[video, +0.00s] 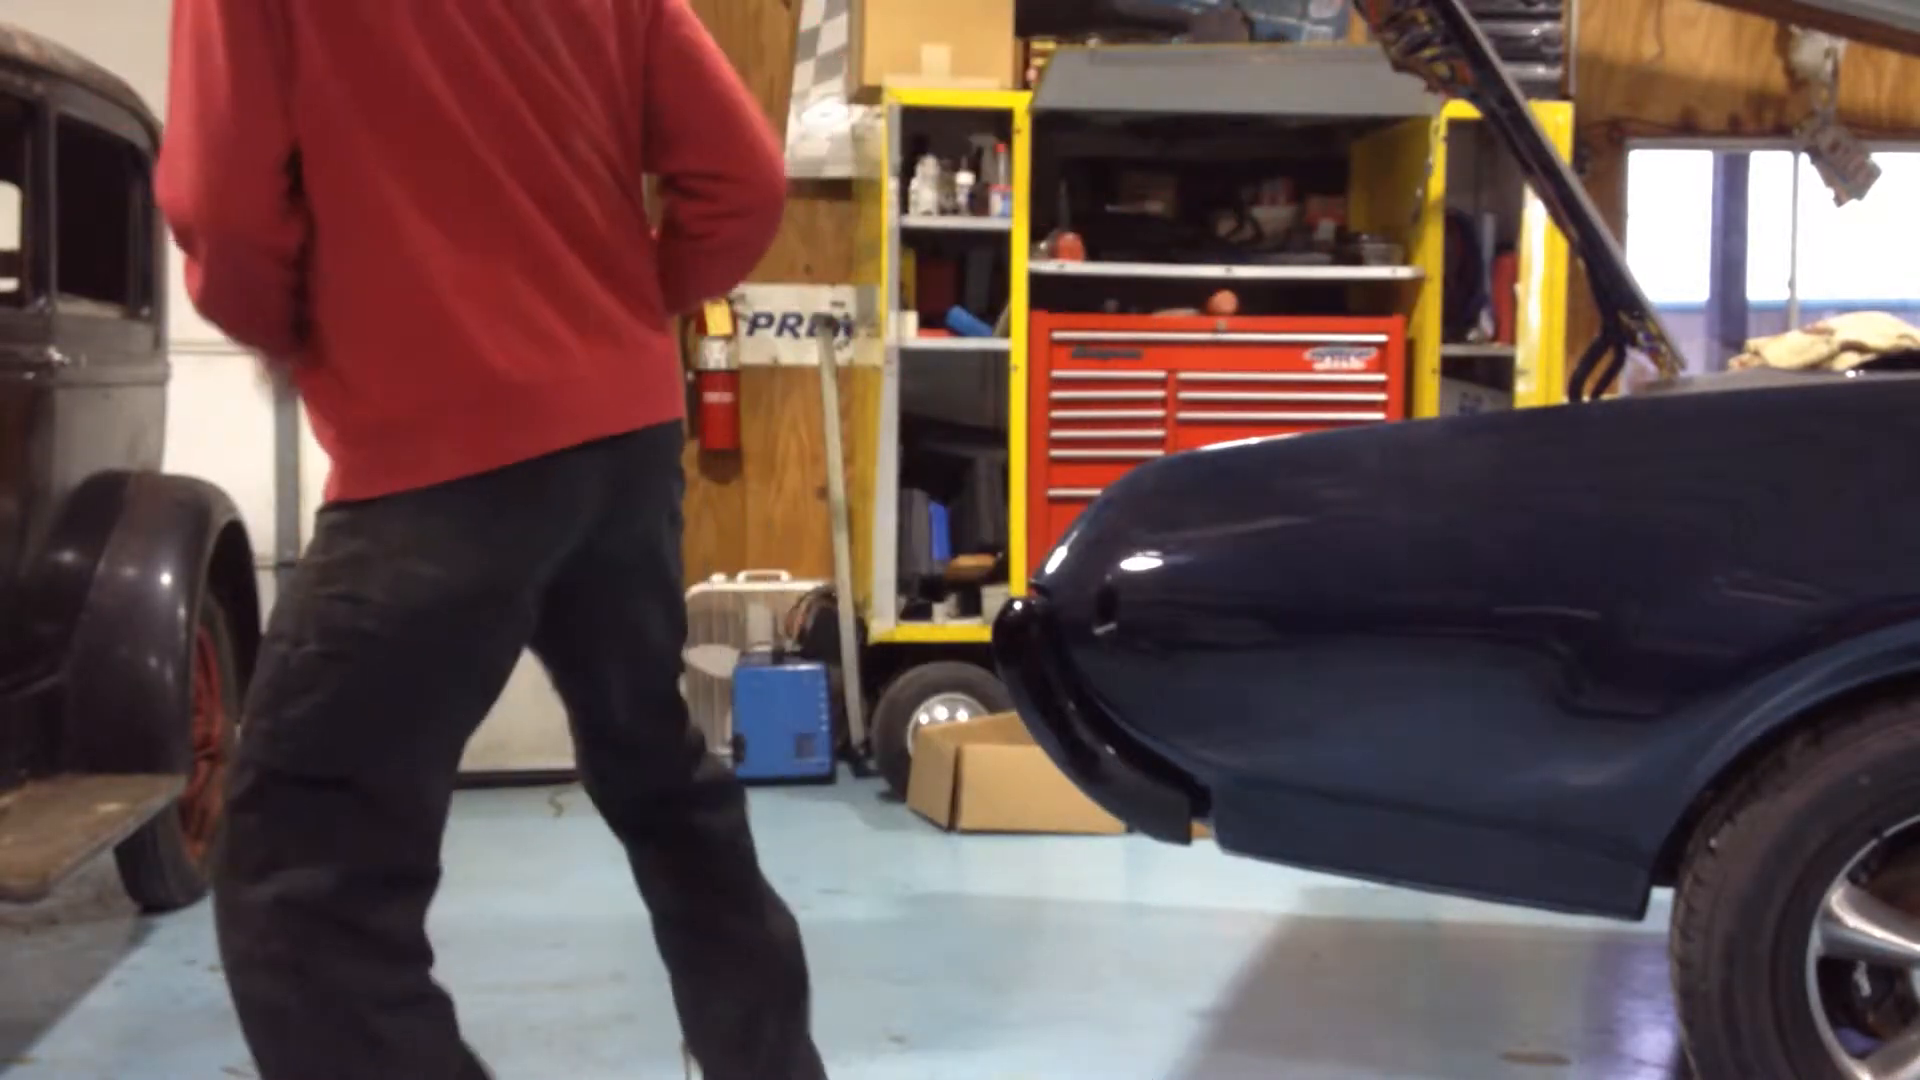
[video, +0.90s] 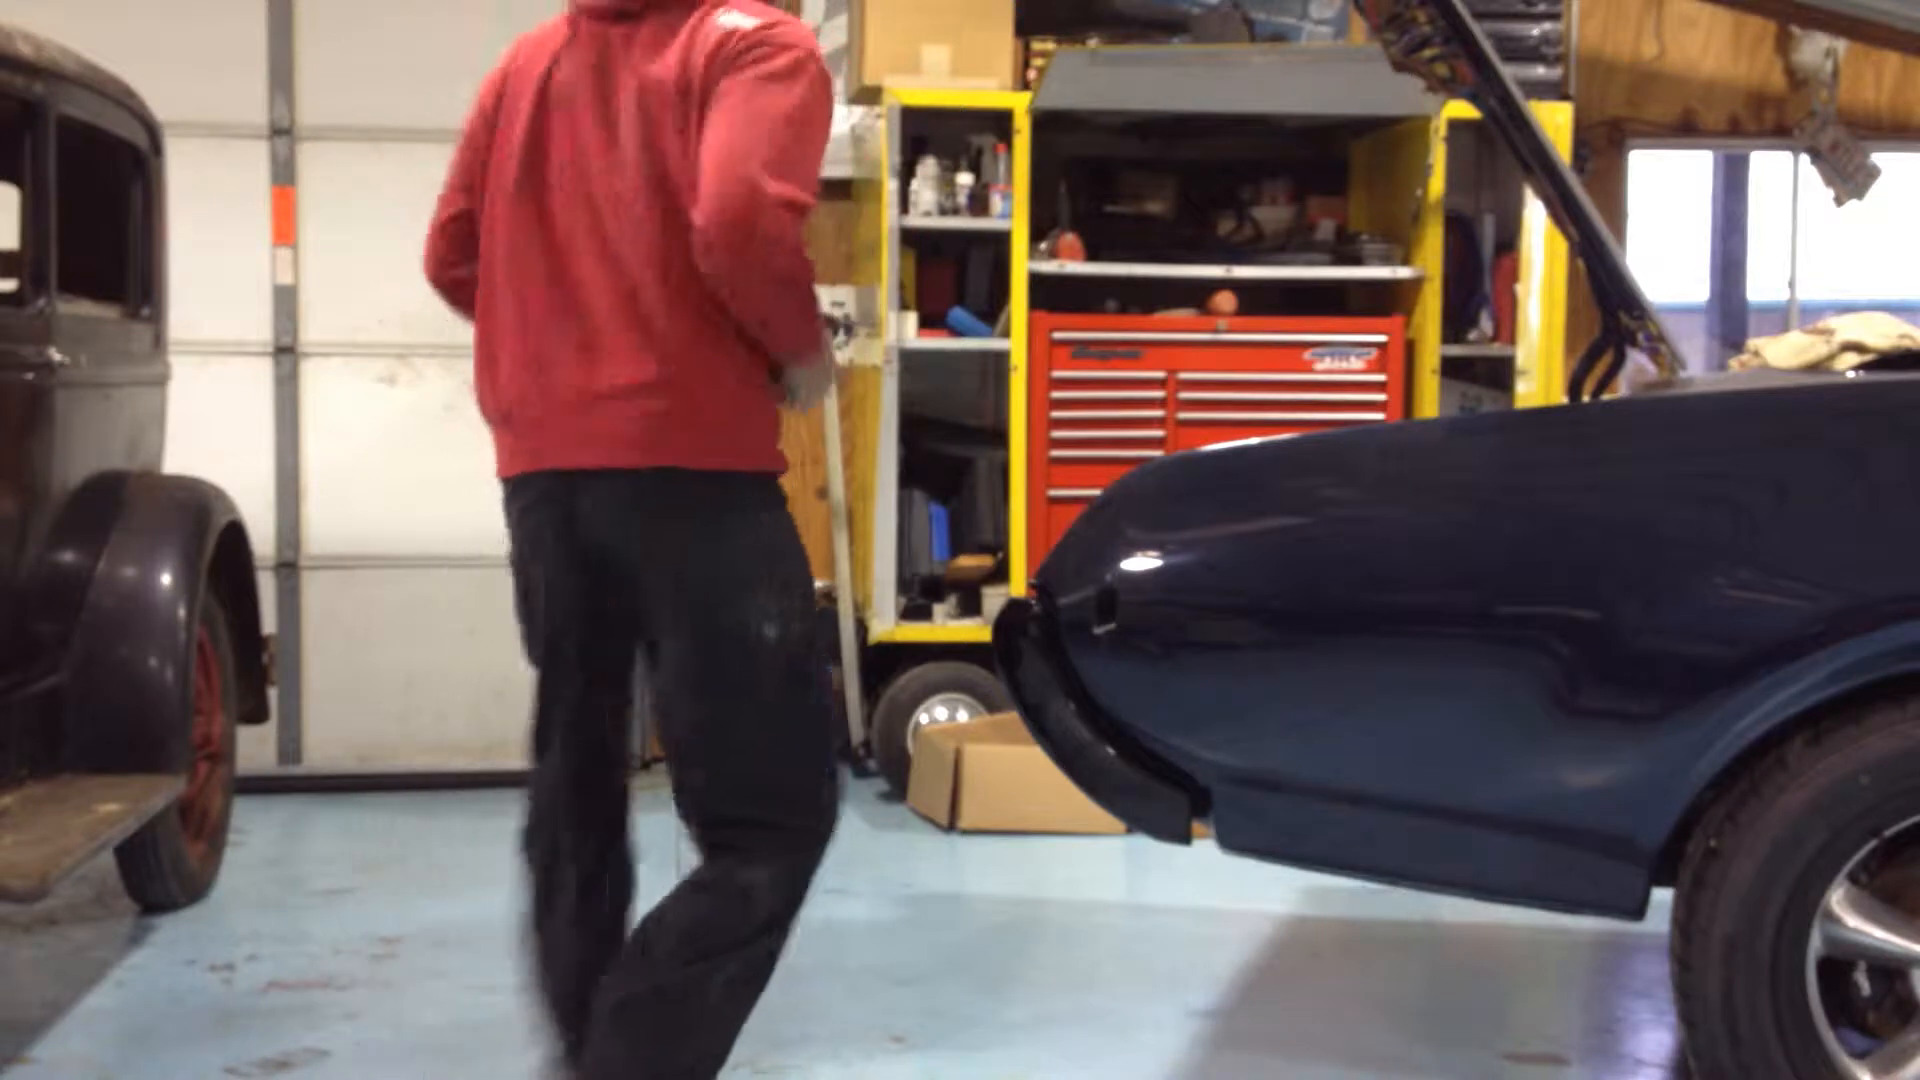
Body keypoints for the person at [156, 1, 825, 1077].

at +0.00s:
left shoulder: (251, 6)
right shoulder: (610, 1)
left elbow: (224, 213)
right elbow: (743, 179)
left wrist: (297, 332)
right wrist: (615, 298)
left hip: (438, 440)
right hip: (629, 418)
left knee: (305, 880)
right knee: (667, 786)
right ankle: (771, 1063)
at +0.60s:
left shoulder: (439, 25)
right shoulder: (756, 20)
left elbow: (347, 233)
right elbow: (896, 187)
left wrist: (478, 304)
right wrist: (771, 281)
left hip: (511, 476)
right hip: (707, 478)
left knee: (410, 798)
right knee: (730, 829)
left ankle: (378, 1063)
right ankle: (632, 1071)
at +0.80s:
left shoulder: (499, 54)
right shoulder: (768, 44)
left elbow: (453, 276)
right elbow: (775, 254)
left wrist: (544, 386)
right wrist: (822, 395)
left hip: (544, 470)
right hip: (714, 469)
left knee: (526, 764)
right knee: (746, 827)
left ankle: (488, 1066)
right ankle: (631, 1073)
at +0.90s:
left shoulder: (527, 58)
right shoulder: (760, 42)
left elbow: (451, 255)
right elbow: (737, 217)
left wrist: (573, 329)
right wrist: (804, 350)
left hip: (545, 473)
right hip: (690, 468)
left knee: (575, 773)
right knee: (770, 814)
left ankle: (589, 1050)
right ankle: (629, 1059)